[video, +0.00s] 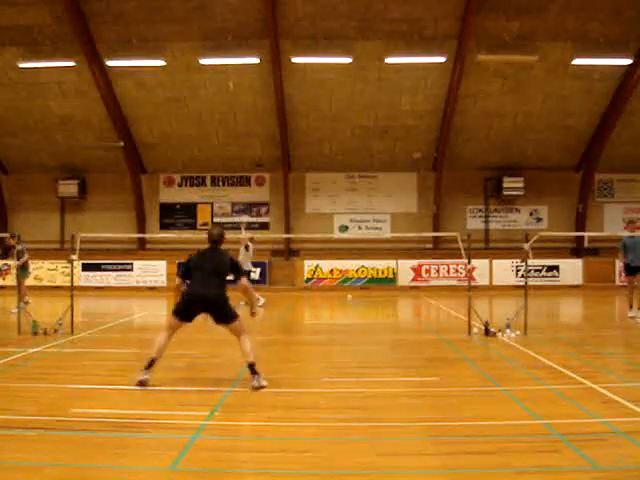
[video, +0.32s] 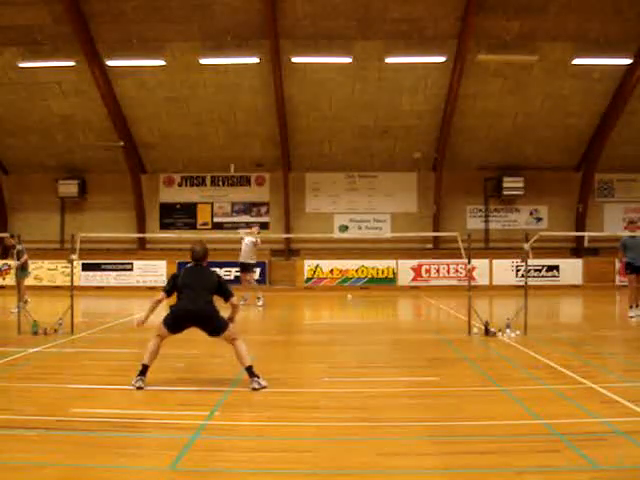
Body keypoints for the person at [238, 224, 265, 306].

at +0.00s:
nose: (243, 240)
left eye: (245, 238)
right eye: (243, 238)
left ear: (248, 240)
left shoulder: (248, 246)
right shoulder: (243, 246)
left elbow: (244, 238)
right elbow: (243, 237)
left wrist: (243, 229)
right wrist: (243, 229)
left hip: (247, 268)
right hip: (242, 268)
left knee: (246, 285)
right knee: (243, 286)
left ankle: (258, 298)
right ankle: (248, 299)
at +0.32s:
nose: (254, 230)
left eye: (256, 229)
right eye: (253, 228)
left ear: (257, 230)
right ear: (250, 229)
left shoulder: (255, 238)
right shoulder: (245, 237)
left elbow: (258, 244)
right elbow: (240, 232)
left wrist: (257, 236)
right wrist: (250, 231)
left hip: (251, 261)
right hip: (242, 260)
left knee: (251, 280)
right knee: (243, 281)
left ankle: (259, 296)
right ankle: (245, 296)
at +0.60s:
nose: (260, 242)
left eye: (261, 240)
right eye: (258, 240)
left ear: (263, 242)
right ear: (256, 240)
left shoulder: (264, 250)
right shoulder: (251, 247)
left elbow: (265, 260)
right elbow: (247, 256)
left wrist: (265, 255)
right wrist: (254, 262)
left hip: (258, 267)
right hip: (249, 267)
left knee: (260, 282)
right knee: (247, 283)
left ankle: (263, 298)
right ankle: (245, 298)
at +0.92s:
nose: (272, 234)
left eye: (274, 232)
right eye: (271, 232)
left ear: (276, 233)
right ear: (268, 232)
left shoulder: (280, 241)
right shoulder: (264, 240)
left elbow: (285, 248)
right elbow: (256, 249)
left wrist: (285, 257)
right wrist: (257, 259)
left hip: (274, 262)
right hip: (264, 263)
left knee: (273, 281)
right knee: (262, 281)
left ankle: (271, 296)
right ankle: (260, 296)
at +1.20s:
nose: (286, 241)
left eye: (287, 239)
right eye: (284, 240)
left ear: (289, 240)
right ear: (282, 240)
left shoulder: (293, 247)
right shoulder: (279, 248)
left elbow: (302, 256)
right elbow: (273, 260)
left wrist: (304, 267)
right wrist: (273, 273)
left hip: (291, 269)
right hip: (281, 269)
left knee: (299, 283)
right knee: (278, 281)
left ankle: (300, 301)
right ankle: (275, 298)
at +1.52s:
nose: (275, 232)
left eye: (276, 229)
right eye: (273, 230)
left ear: (279, 230)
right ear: (271, 231)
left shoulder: (283, 240)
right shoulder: (267, 242)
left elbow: (293, 248)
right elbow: (265, 255)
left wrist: (298, 258)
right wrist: (267, 265)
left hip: (284, 264)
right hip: (274, 266)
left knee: (287, 283)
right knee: (284, 281)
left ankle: (283, 299)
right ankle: (292, 301)